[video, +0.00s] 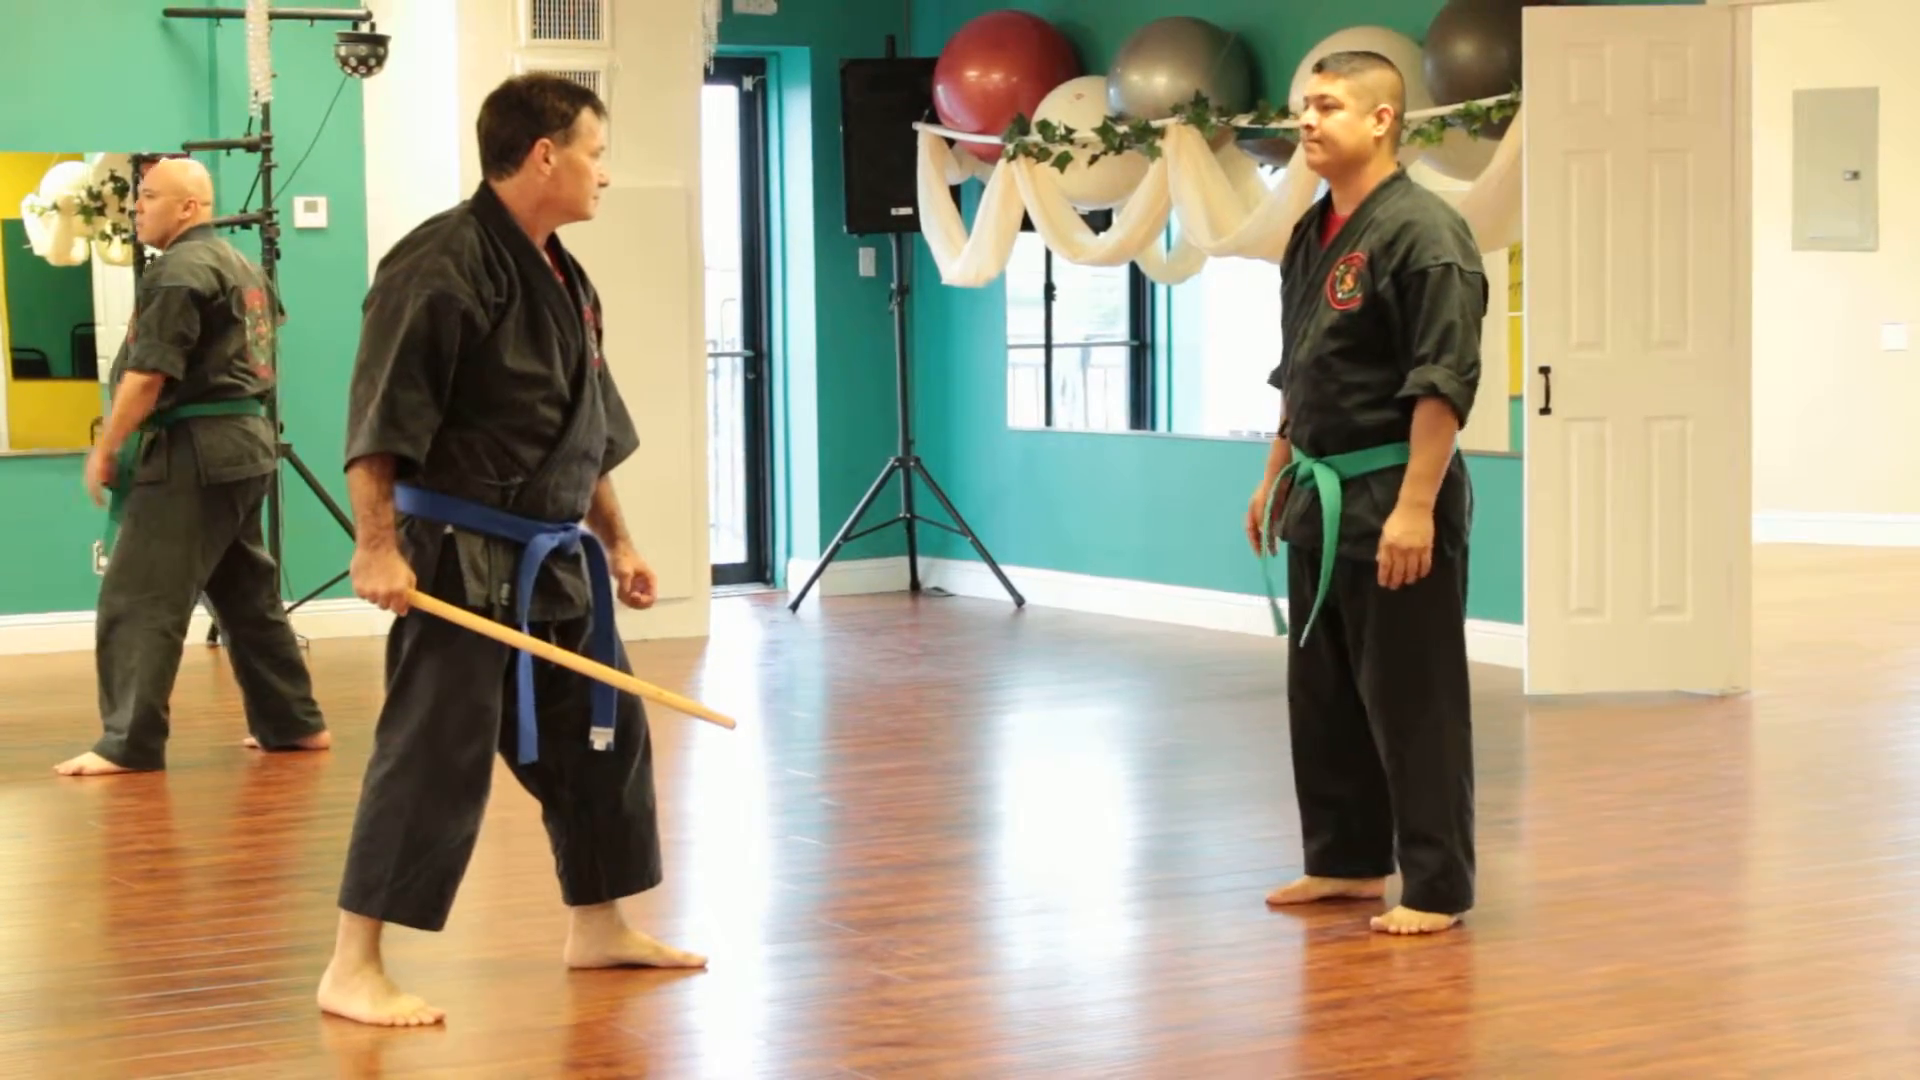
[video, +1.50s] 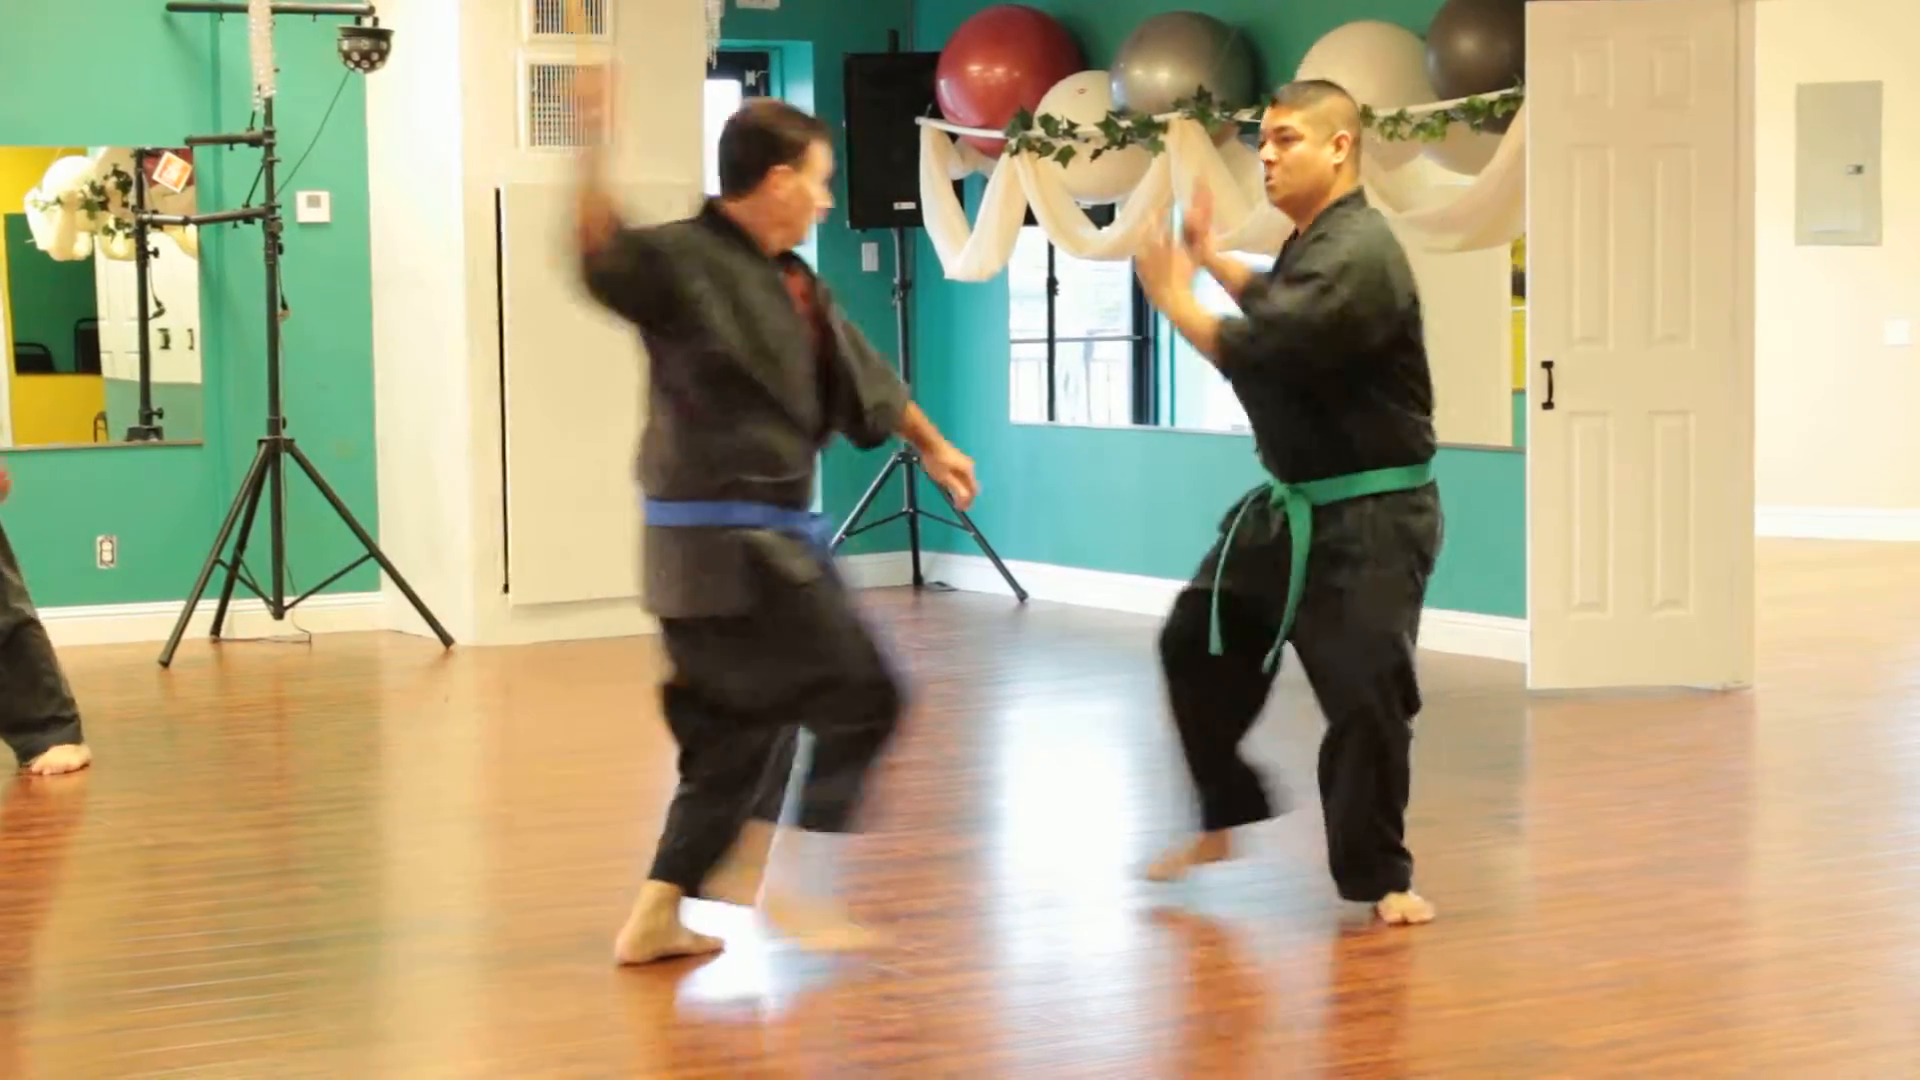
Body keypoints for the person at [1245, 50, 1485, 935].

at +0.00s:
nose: (1306, 121)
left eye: (1326, 107)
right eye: (1303, 108)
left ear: (1382, 121)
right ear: (1306, 125)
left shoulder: (1426, 229)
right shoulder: (1311, 233)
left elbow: (1444, 382)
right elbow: (1302, 370)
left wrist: (1416, 505)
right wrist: (1277, 472)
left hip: (1400, 483)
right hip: (1321, 484)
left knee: (1412, 691)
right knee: (1327, 684)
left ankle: (1437, 888)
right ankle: (1350, 861)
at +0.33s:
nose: (1307, 119)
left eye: (1328, 104)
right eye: (1304, 105)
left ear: (1385, 119)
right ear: (1304, 123)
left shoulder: (1428, 228)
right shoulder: (1314, 232)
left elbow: (1450, 381)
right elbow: (1316, 373)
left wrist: (1437, 504)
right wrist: (1302, 489)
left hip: (1399, 480)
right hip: (1323, 479)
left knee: (1412, 691)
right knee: (1327, 684)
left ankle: (1436, 888)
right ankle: (1347, 860)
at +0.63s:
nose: (1308, 118)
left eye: (1329, 104)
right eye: (1306, 105)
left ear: (1385, 118)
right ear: (1310, 121)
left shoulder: (1429, 224)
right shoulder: (1318, 229)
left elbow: (1460, 370)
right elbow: (1325, 364)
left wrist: (1430, 485)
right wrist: (1301, 464)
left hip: (1403, 483)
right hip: (1326, 483)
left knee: (1412, 688)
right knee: (1328, 683)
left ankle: (1436, 886)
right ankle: (1347, 860)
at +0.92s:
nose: (1302, 118)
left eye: (1323, 103)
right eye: (1301, 104)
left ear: (1380, 117)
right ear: (1303, 122)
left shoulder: (1422, 222)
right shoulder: (1316, 226)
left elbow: (1452, 371)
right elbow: (1317, 357)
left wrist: (1418, 492)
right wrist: (1305, 462)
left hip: (1400, 478)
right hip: (1325, 477)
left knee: (1414, 692)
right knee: (1328, 683)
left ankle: (1437, 888)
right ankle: (1344, 860)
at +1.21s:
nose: (1282, 121)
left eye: (1302, 106)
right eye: (1283, 107)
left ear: (1360, 119)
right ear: (1295, 124)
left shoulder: (1397, 226)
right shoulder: (1306, 226)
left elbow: (1419, 376)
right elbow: (1308, 363)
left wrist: (1385, 497)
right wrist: (1293, 476)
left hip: (1386, 480)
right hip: (1320, 480)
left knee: (1397, 689)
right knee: (1322, 684)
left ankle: (1434, 884)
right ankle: (1347, 861)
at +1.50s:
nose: (1268, 154)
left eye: (1286, 139)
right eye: (1264, 140)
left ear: (1340, 150)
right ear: (1269, 153)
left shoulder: (1359, 253)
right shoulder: (1309, 244)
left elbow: (1255, 349)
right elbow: (1282, 296)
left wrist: (1170, 291)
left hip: (1371, 505)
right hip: (1291, 500)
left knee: (1366, 684)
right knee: (1199, 642)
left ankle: (1383, 878)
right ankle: (1226, 812)